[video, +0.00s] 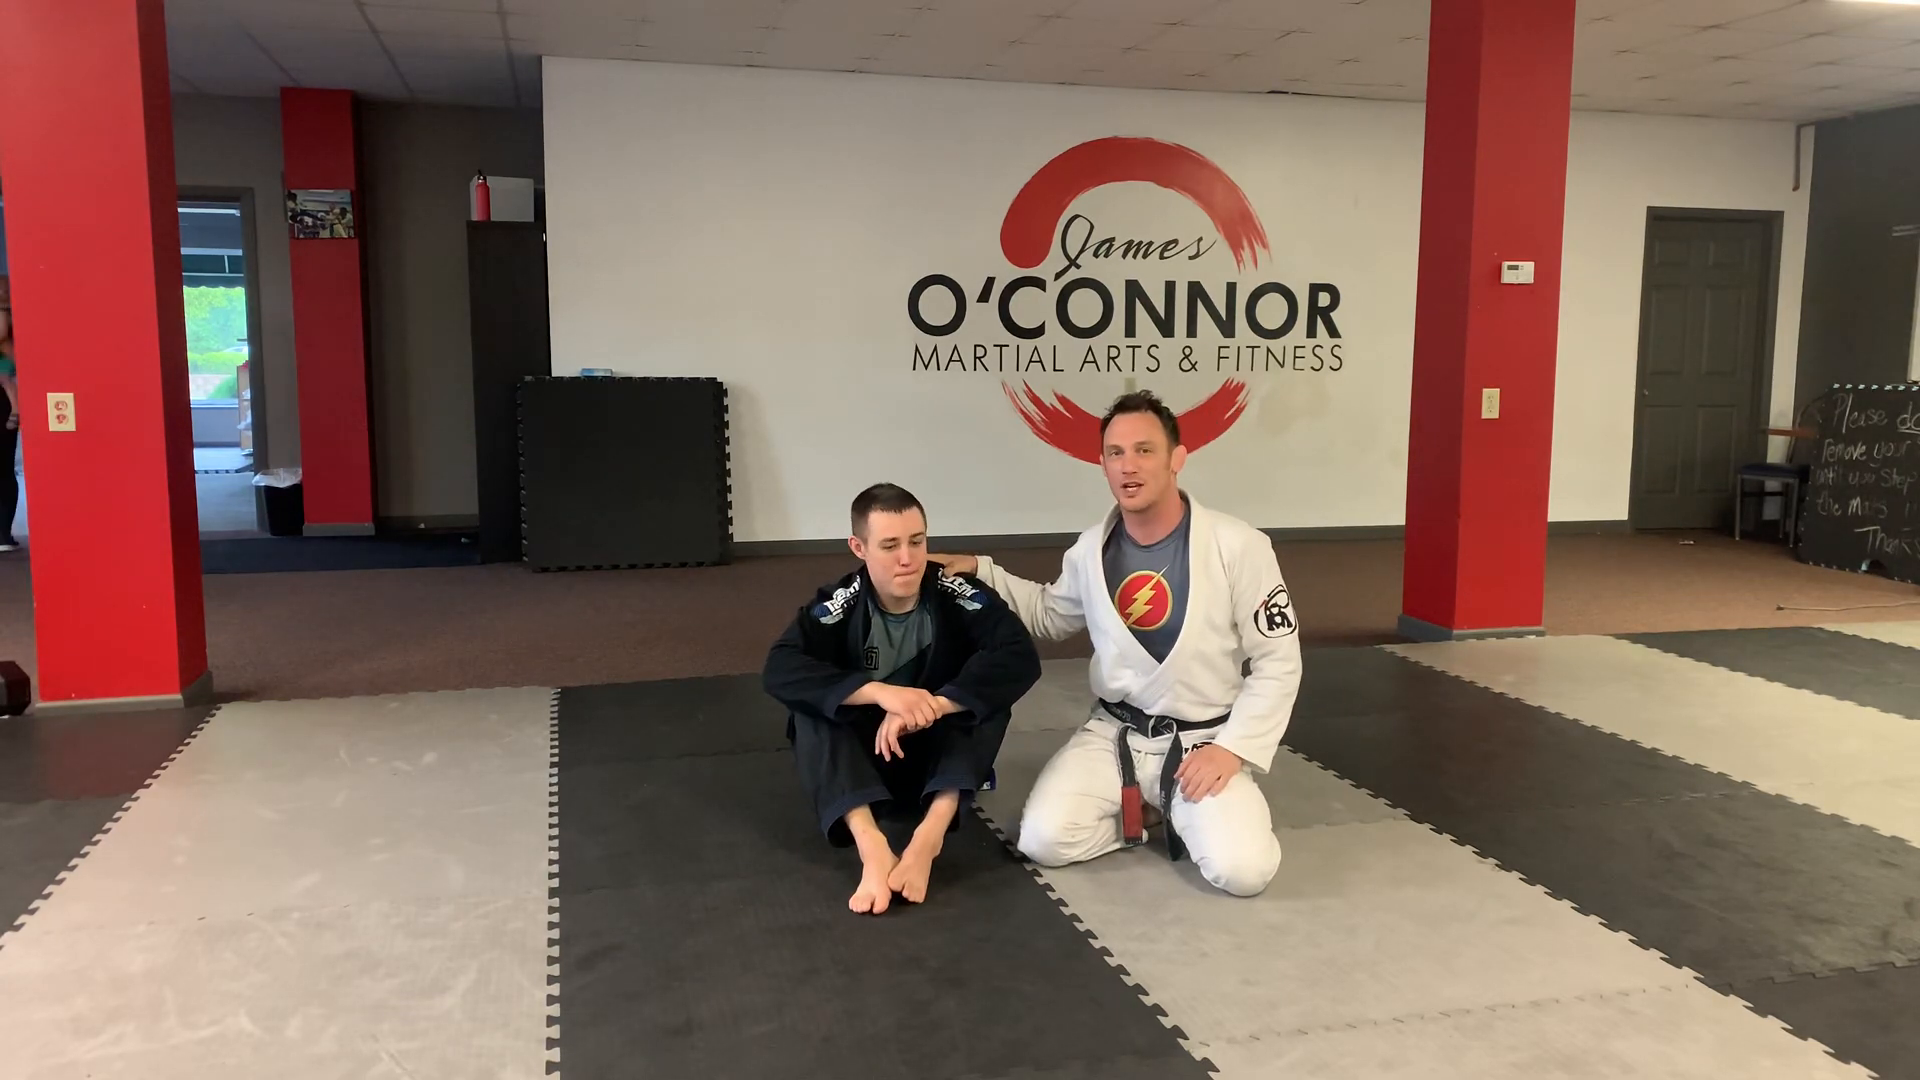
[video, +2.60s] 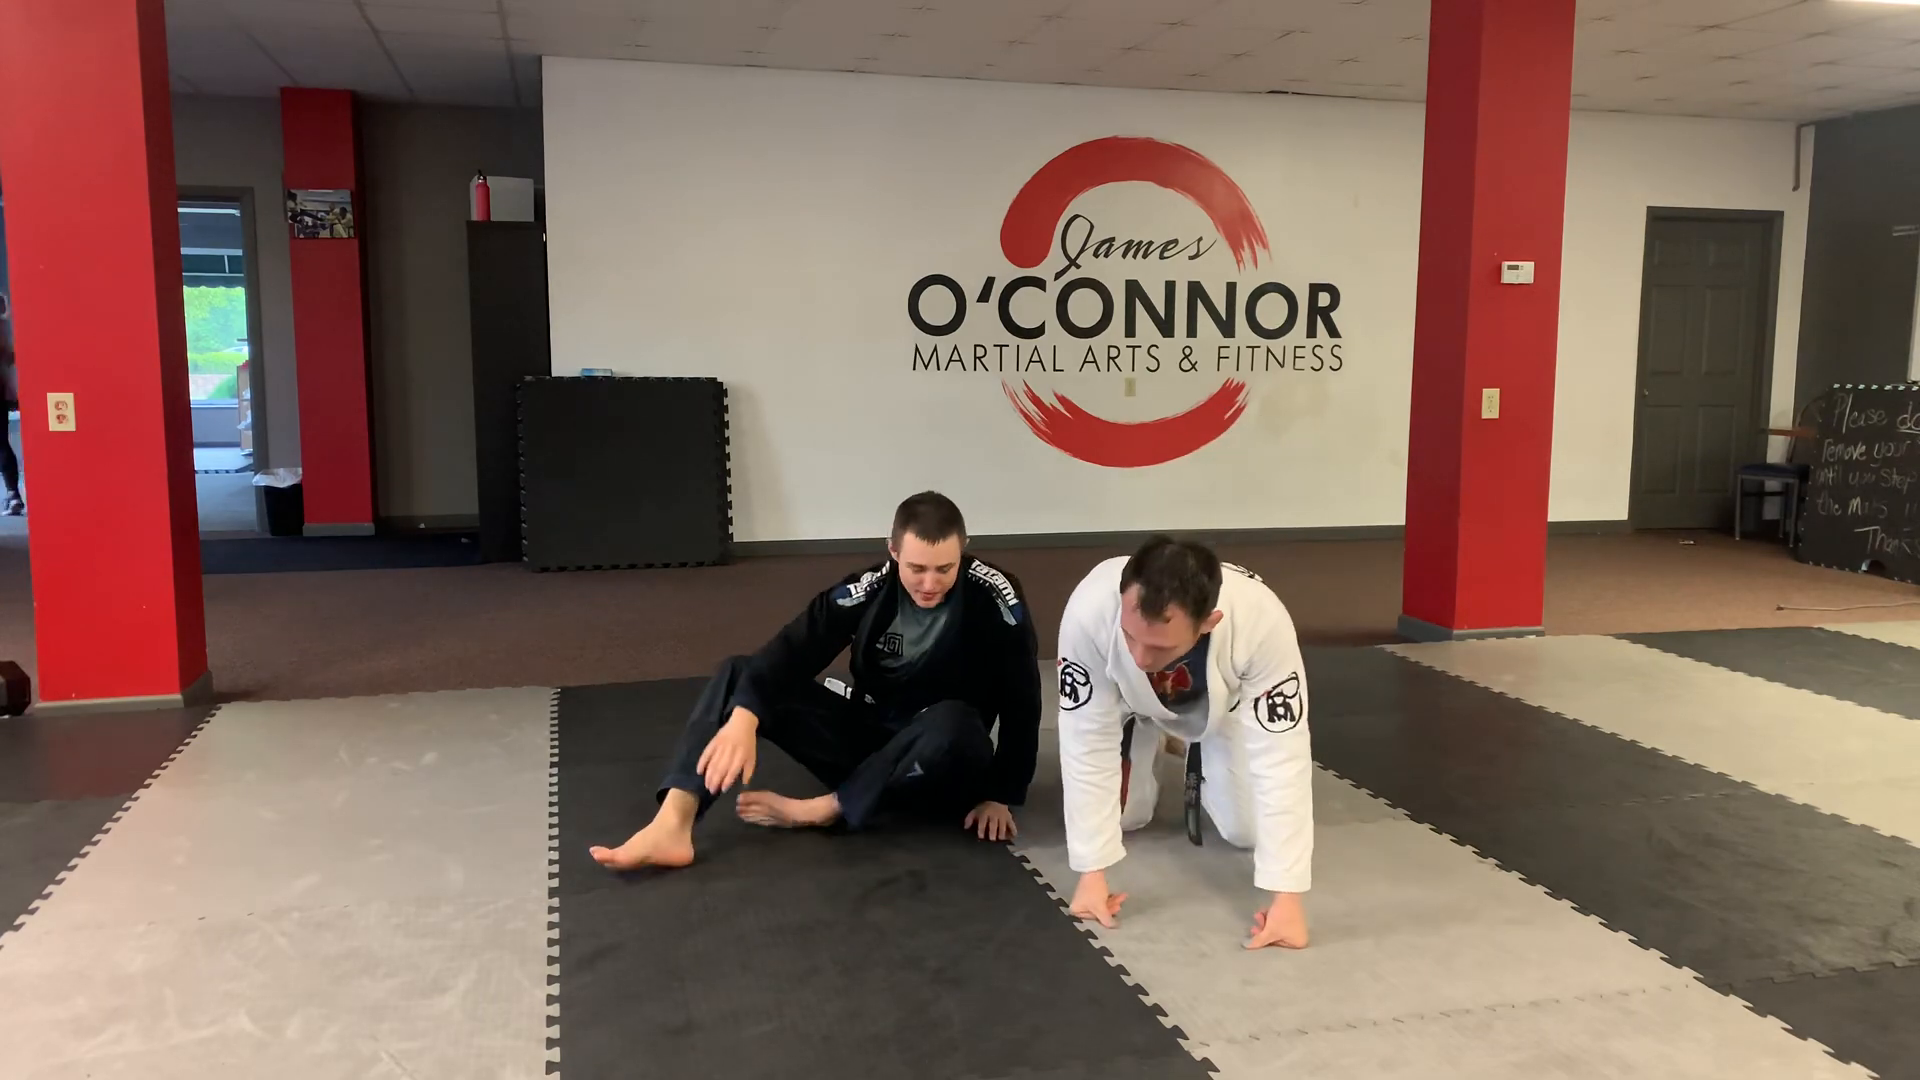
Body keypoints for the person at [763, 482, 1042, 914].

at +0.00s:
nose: (907, 558)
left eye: (916, 542)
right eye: (890, 546)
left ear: (926, 537)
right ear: (859, 548)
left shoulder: (958, 594)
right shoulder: (838, 603)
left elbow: (1020, 657)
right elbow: (781, 670)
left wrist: (928, 707)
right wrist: (881, 692)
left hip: (937, 754)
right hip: (859, 756)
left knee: (988, 699)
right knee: (811, 709)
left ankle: (930, 835)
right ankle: (871, 846)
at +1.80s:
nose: (914, 550)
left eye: (925, 535)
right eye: (900, 536)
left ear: (936, 532)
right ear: (870, 536)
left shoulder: (972, 596)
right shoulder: (843, 597)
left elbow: (1011, 671)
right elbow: (776, 658)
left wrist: (965, 717)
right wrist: (845, 692)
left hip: (937, 765)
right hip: (860, 760)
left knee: (969, 660)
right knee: (808, 698)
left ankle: (928, 836)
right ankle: (857, 848)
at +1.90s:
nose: (920, 548)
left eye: (932, 534)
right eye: (906, 534)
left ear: (943, 533)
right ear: (877, 533)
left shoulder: (979, 601)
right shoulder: (848, 592)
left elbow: (1020, 685)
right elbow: (766, 649)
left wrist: (1002, 733)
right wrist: (794, 685)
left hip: (936, 764)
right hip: (858, 760)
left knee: (967, 661)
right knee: (793, 677)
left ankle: (928, 832)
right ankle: (821, 841)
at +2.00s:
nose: (927, 549)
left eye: (939, 535)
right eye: (913, 534)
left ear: (951, 533)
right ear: (885, 531)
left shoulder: (983, 604)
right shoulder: (853, 591)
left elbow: (1023, 699)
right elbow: (764, 637)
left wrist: (1015, 766)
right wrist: (755, 670)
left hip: (944, 767)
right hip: (861, 764)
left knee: (958, 659)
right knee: (777, 671)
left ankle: (924, 831)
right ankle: (775, 840)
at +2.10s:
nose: (932, 552)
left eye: (945, 539)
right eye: (919, 537)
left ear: (958, 537)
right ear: (894, 532)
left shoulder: (986, 606)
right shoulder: (863, 586)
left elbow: (1023, 710)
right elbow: (785, 618)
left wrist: (1018, 794)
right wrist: (735, 651)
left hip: (945, 765)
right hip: (863, 758)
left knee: (946, 659)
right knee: (758, 669)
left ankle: (918, 831)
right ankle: (722, 830)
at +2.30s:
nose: (937, 561)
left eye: (952, 548)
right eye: (926, 545)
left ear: (968, 544)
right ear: (901, 534)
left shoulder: (994, 604)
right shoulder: (871, 580)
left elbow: (1022, 714)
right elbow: (794, 613)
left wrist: (1011, 808)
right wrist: (730, 642)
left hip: (943, 765)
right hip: (860, 750)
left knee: (961, 671)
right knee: (743, 668)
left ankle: (854, 822)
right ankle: (672, 817)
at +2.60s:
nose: (929, 584)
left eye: (943, 570)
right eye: (916, 569)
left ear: (962, 554)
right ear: (894, 552)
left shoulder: (997, 600)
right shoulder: (870, 588)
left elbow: (1023, 706)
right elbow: (792, 650)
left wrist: (1005, 799)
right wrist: (744, 720)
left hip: (941, 761)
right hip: (865, 742)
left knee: (951, 725)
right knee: (741, 676)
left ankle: (828, 808)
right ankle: (674, 821)